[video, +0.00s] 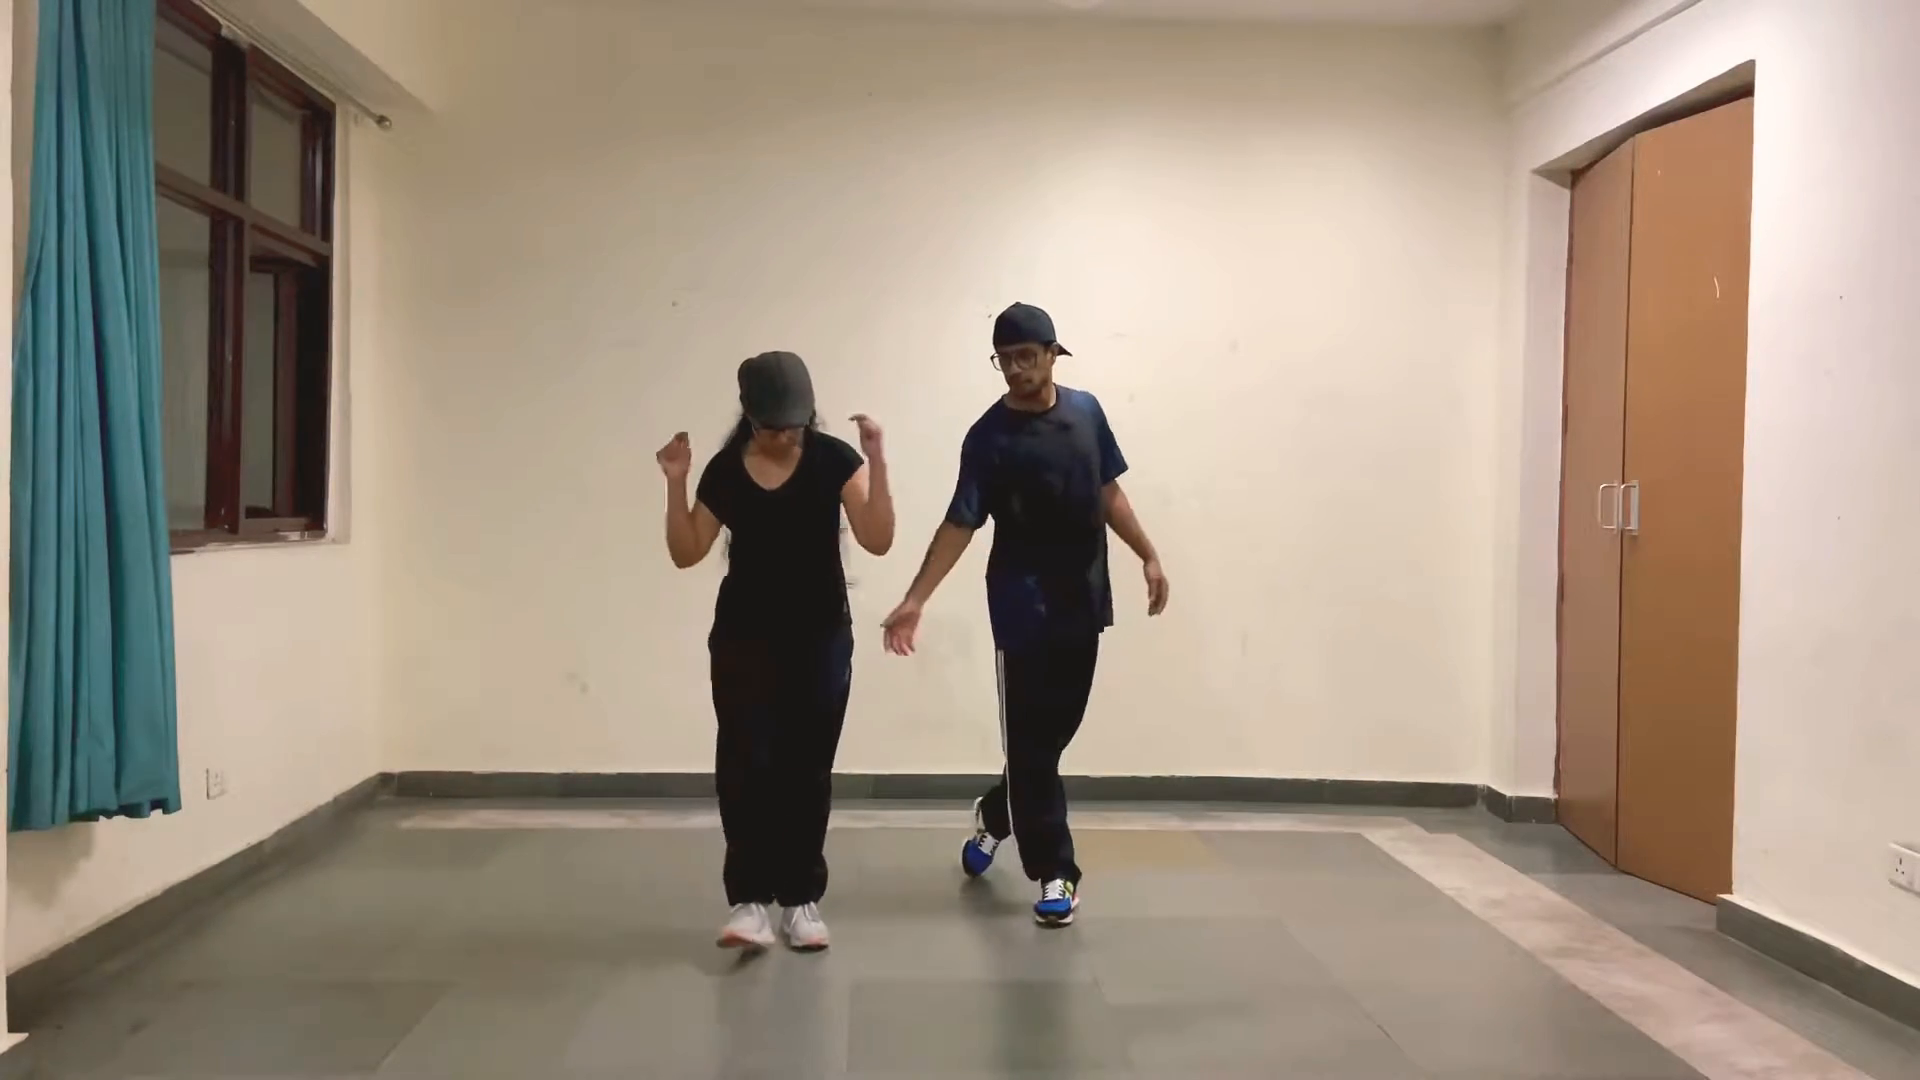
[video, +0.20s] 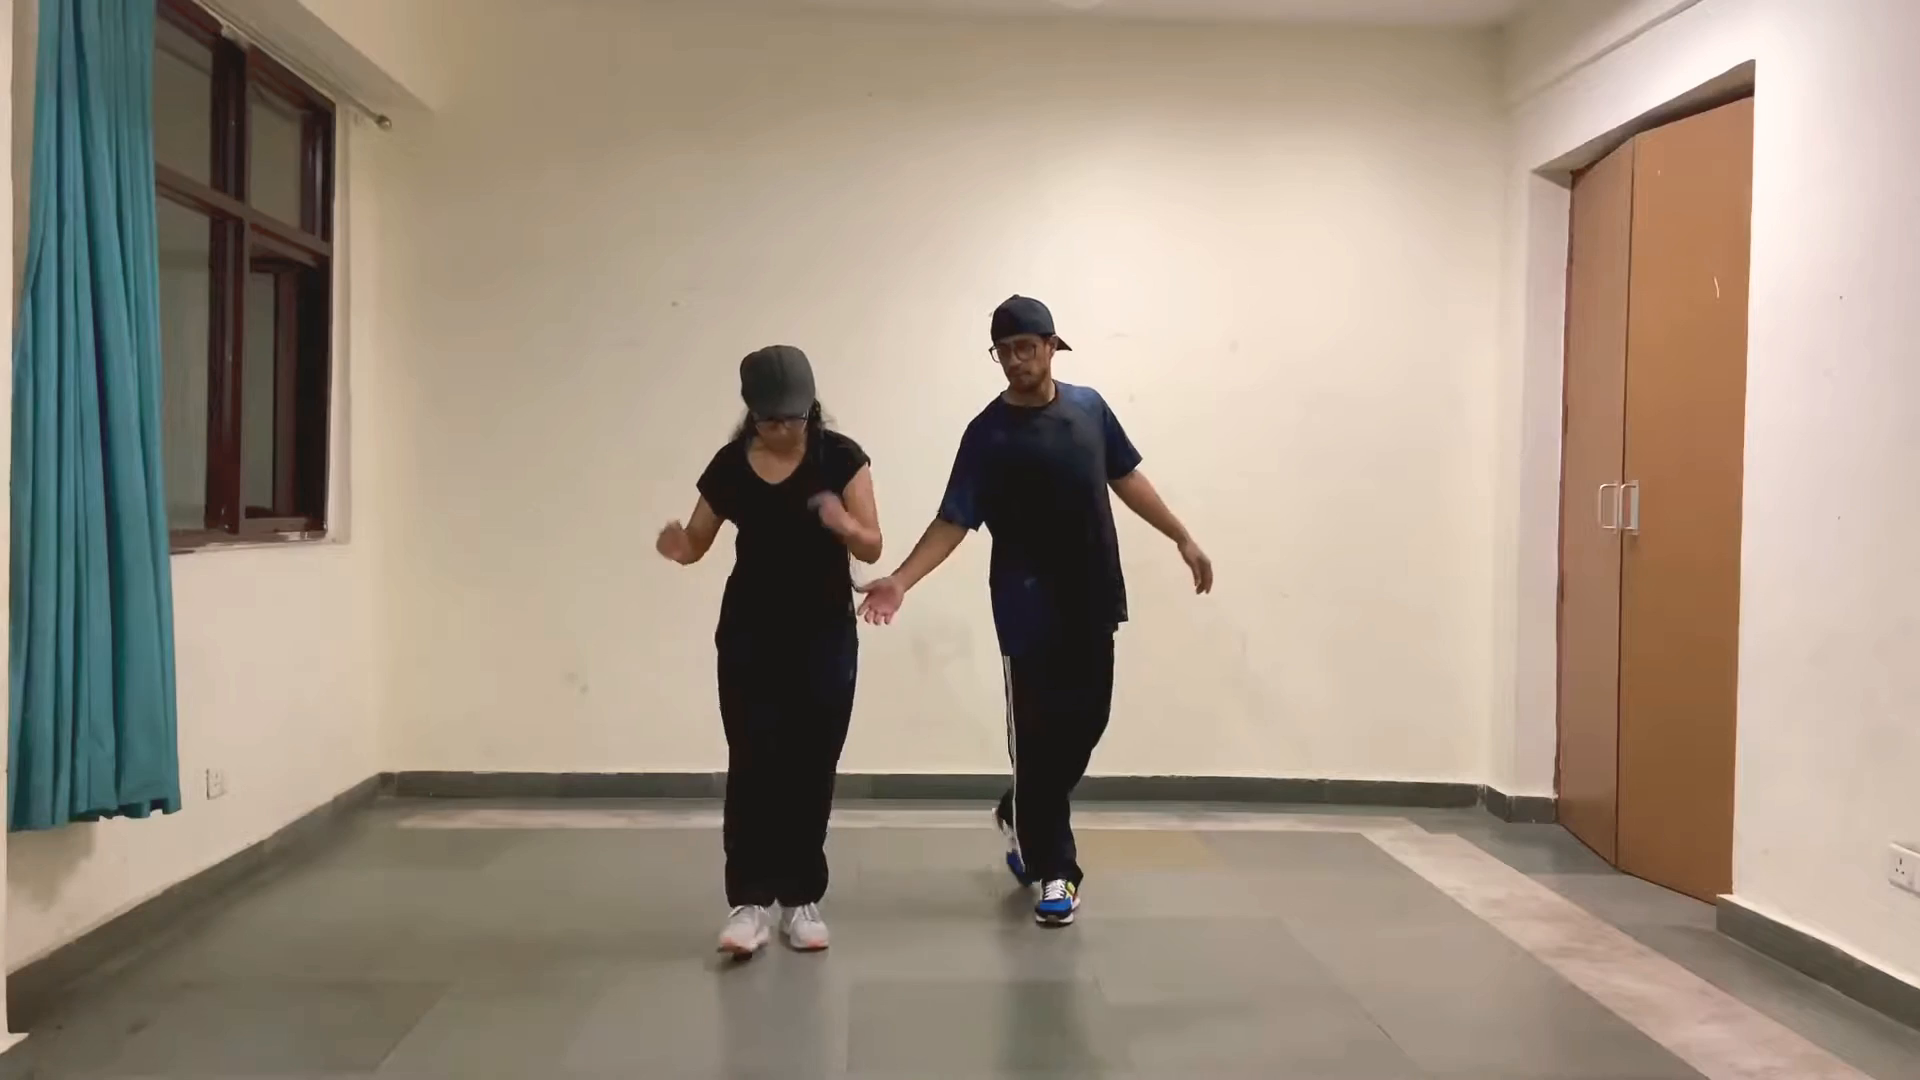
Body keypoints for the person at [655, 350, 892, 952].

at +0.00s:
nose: (787, 436)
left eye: (795, 424)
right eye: (774, 427)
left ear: (808, 413)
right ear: (750, 417)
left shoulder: (832, 457)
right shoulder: (728, 468)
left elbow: (877, 540)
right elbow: (687, 552)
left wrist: (876, 463)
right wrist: (676, 483)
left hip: (819, 636)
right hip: (745, 635)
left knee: (807, 766)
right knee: (745, 766)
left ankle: (802, 903)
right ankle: (749, 905)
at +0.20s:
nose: (784, 428)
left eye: (794, 416)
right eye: (771, 418)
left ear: (811, 407)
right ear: (751, 412)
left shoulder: (840, 457)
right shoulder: (731, 465)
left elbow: (873, 547)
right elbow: (696, 543)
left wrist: (847, 527)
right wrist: (676, 542)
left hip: (823, 635)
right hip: (751, 632)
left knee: (812, 765)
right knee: (751, 765)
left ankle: (803, 903)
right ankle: (749, 905)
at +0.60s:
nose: (766, 423)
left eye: (777, 411)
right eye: (753, 411)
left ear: (792, 409)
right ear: (732, 409)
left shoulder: (815, 461)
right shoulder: (704, 471)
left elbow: (863, 518)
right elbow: (669, 548)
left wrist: (905, 564)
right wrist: (642, 628)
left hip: (796, 639)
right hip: (720, 641)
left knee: (799, 761)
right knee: (729, 773)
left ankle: (805, 876)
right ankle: (740, 898)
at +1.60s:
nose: (759, 416)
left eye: (770, 404)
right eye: (747, 405)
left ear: (789, 403)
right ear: (730, 403)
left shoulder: (815, 466)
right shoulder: (704, 463)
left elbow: (834, 547)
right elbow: (676, 541)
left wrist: (837, 613)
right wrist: (652, 601)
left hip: (784, 637)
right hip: (711, 637)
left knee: (786, 771)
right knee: (709, 768)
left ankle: (797, 901)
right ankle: (725, 887)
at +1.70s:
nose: (746, 412)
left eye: (758, 400)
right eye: (735, 400)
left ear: (778, 400)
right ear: (718, 399)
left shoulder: (806, 465)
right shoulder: (694, 460)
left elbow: (821, 546)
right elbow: (668, 541)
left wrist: (823, 614)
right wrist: (643, 611)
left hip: (771, 633)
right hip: (696, 629)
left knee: (780, 766)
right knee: (669, 753)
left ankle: (795, 900)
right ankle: (677, 866)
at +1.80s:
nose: (726, 420)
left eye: (739, 409)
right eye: (715, 409)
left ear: (763, 409)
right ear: (701, 408)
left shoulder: (791, 473)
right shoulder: (679, 464)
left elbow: (800, 556)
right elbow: (648, 546)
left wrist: (802, 624)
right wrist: (620, 617)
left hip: (748, 639)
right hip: (673, 633)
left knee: (757, 770)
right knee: (634, 756)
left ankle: (791, 899)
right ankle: (597, 873)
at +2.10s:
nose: (744, 420)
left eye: (756, 408)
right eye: (733, 408)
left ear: (778, 406)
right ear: (716, 405)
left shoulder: (803, 468)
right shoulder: (691, 459)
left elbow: (825, 541)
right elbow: (659, 525)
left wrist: (831, 600)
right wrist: (650, 592)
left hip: (770, 630)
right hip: (695, 624)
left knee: (777, 764)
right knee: (650, 748)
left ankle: (774, 898)